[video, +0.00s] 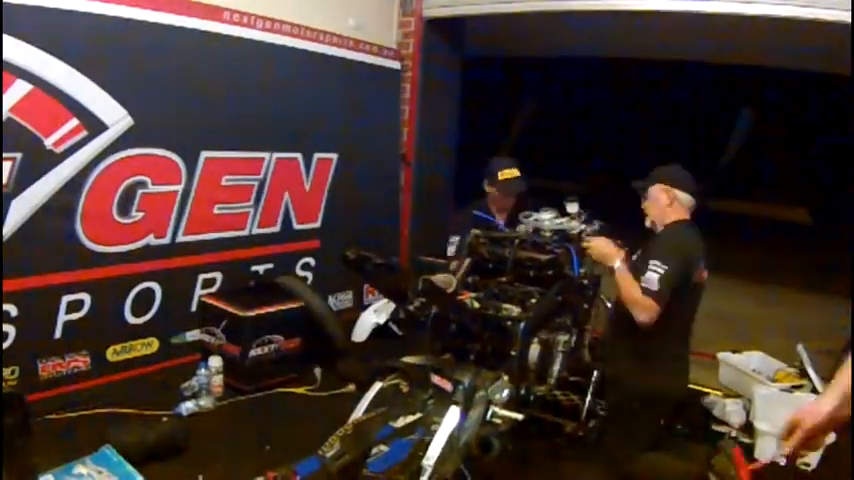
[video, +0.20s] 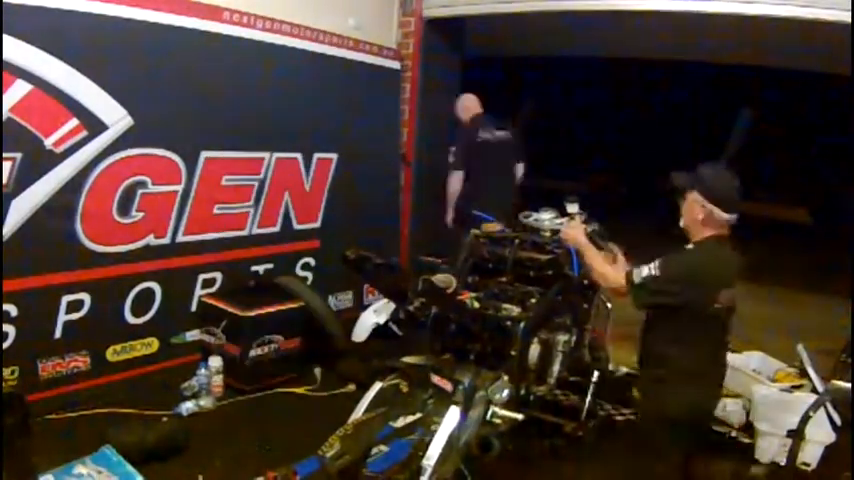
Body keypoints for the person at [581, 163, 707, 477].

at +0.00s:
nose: (644, 207)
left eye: (648, 198)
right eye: (645, 199)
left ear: (669, 199)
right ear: (672, 200)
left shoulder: (672, 243)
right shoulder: (684, 239)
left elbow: (645, 311)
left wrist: (616, 262)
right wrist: (621, 257)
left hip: (644, 386)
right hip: (653, 380)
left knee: (619, 463)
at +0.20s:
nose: (681, 207)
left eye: (687, 200)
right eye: (685, 199)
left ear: (703, 211)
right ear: (716, 214)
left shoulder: (696, 263)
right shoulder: (723, 260)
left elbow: (615, 283)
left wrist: (581, 243)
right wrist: (626, 270)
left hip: (670, 400)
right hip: (693, 396)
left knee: (657, 470)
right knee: (674, 469)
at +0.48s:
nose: (642, 200)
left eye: (649, 193)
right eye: (644, 194)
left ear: (673, 199)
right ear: (673, 201)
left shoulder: (664, 240)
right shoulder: (688, 241)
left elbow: (606, 281)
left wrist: (580, 242)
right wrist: (631, 254)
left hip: (640, 381)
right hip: (667, 379)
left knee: (617, 458)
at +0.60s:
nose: (645, 217)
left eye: (647, 209)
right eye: (645, 210)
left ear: (660, 205)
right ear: (683, 208)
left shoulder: (658, 238)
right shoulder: (706, 255)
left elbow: (623, 296)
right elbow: (714, 323)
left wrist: (596, 248)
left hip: (638, 373)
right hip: (676, 376)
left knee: (621, 457)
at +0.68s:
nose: (645, 218)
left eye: (646, 209)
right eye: (645, 210)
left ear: (658, 203)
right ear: (682, 207)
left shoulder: (657, 240)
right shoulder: (703, 253)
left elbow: (640, 312)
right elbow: (711, 328)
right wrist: (668, 332)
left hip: (639, 376)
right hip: (674, 377)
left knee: (622, 456)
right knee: (653, 456)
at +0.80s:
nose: (642, 196)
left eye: (648, 190)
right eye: (645, 190)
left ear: (667, 200)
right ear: (672, 201)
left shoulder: (665, 249)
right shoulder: (685, 244)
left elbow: (657, 338)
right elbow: (639, 278)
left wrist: (618, 402)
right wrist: (603, 241)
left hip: (641, 397)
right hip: (662, 391)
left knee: (623, 473)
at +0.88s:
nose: (644, 209)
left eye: (649, 200)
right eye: (645, 200)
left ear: (669, 201)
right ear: (679, 202)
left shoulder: (667, 247)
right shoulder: (700, 249)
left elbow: (643, 320)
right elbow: (663, 300)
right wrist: (616, 274)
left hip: (641, 384)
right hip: (670, 382)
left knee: (622, 463)